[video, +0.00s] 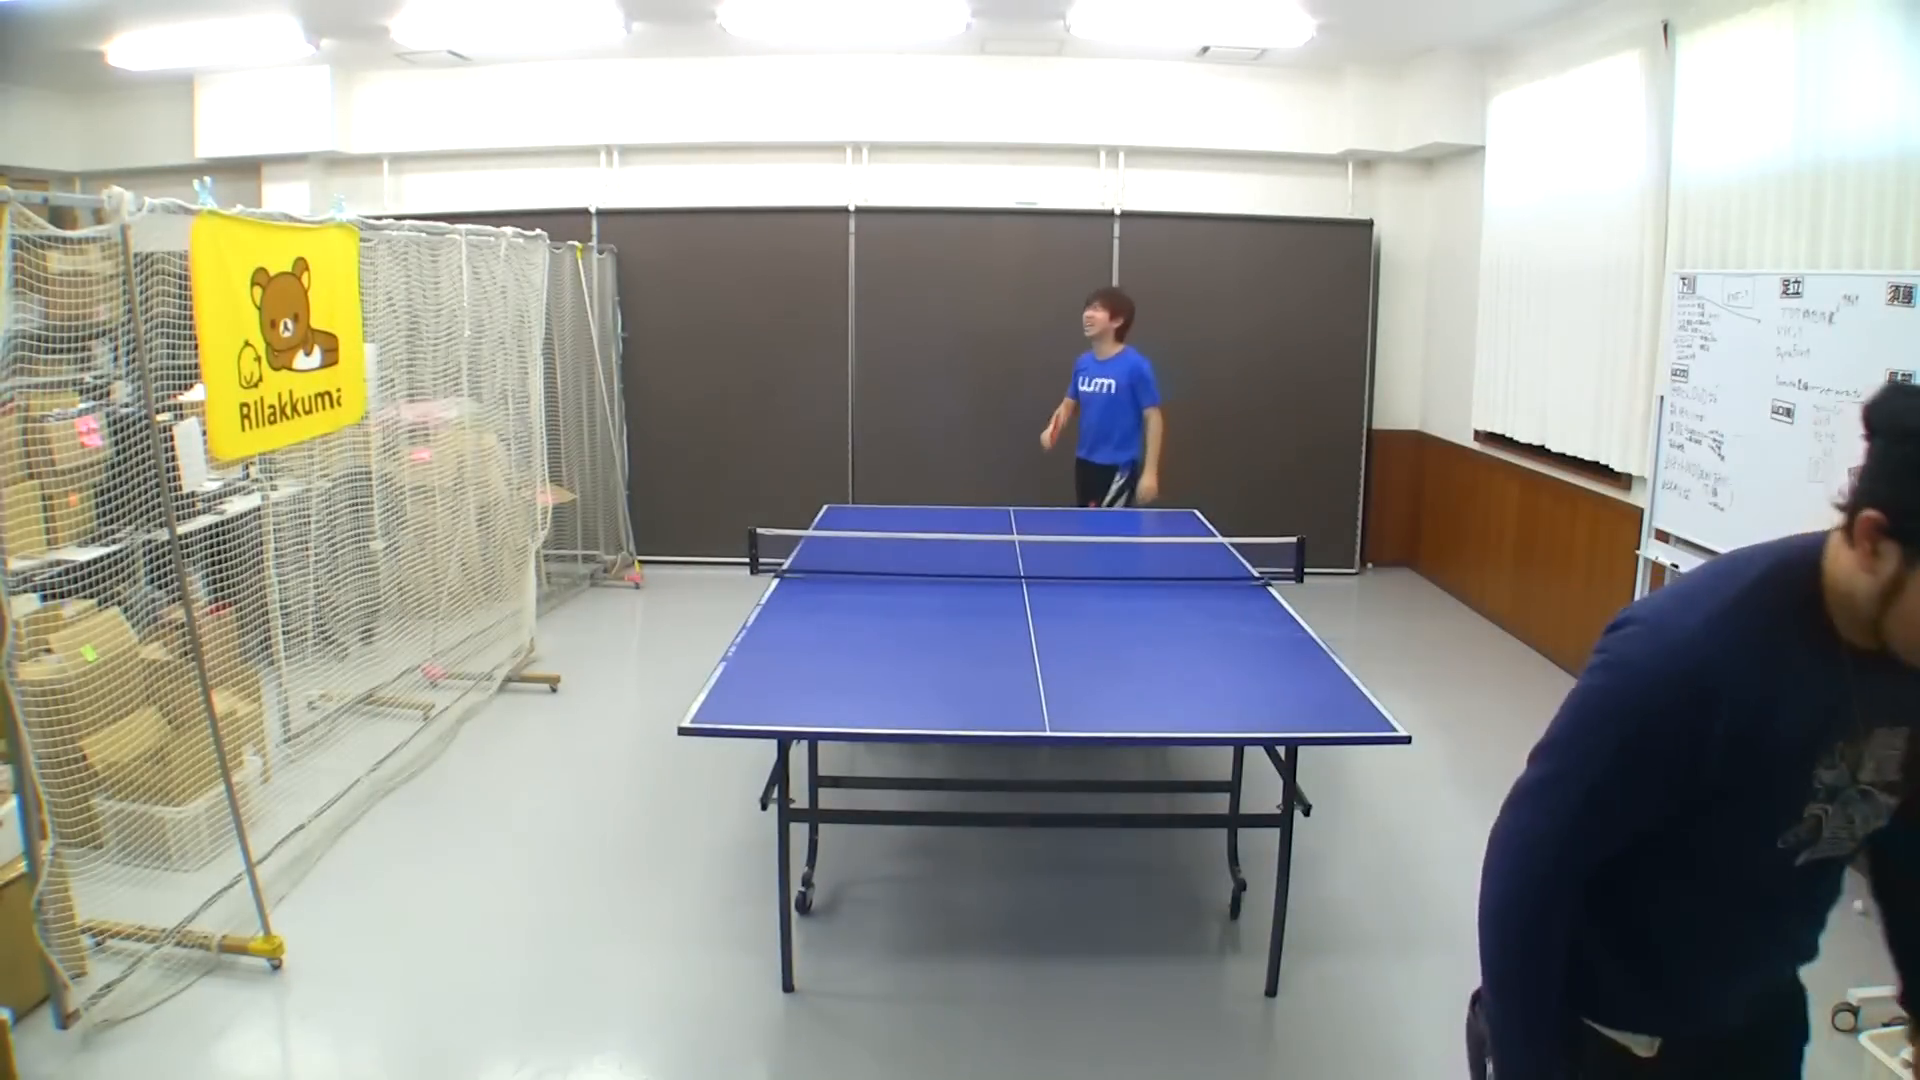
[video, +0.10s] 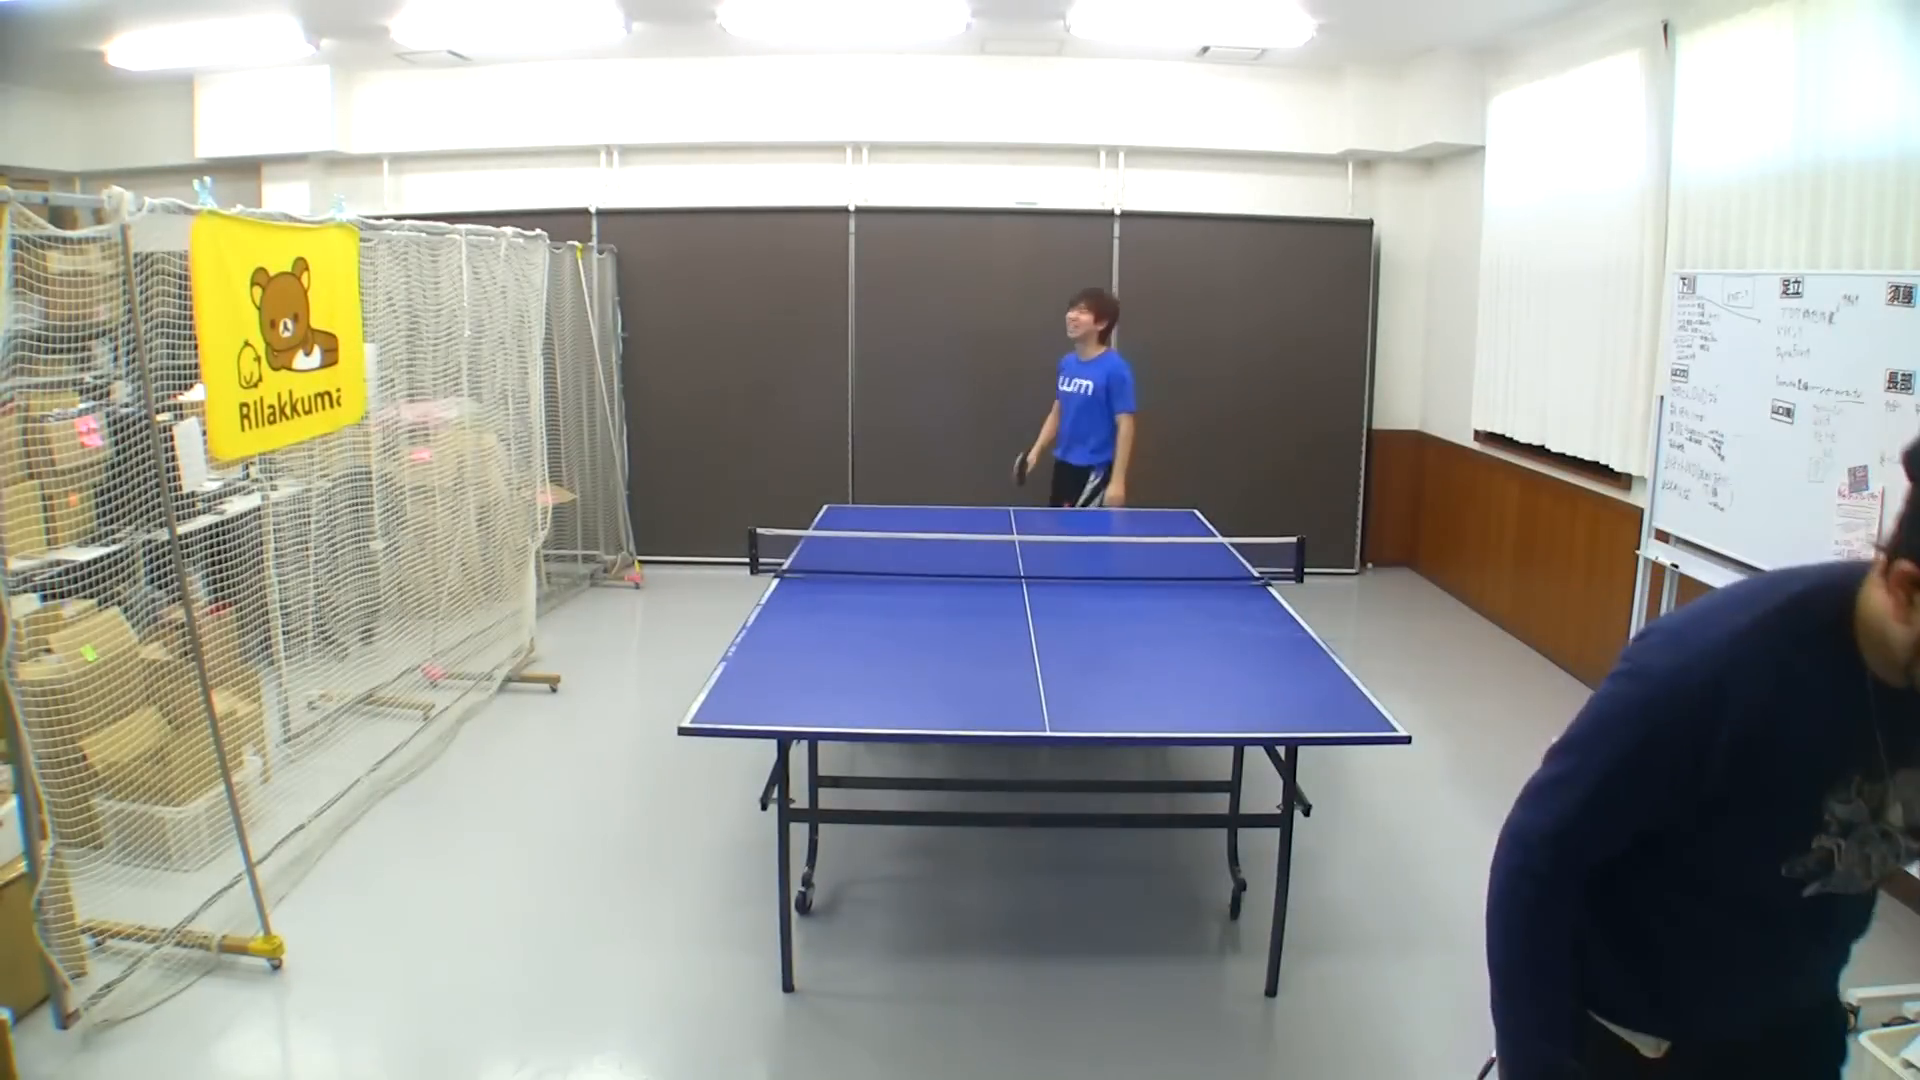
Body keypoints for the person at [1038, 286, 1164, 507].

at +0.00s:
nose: (1087, 315)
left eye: (1097, 309)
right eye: (1087, 308)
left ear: (1117, 320)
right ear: (1083, 314)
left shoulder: (1136, 366)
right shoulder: (1083, 363)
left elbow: (1153, 417)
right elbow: (1069, 402)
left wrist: (1150, 473)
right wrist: (1053, 429)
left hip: (1119, 463)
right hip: (1086, 460)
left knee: (1102, 531)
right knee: (1085, 529)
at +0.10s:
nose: (1072, 316)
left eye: (1083, 311)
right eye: (1071, 309)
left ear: (1102, 323)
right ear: (1066, 314)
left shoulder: (1115, 368)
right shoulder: (1066, 363)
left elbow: (1126, 424)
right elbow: (1057, 412)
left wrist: (1118, 480)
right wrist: (1035, 451)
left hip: (1095, 467)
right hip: (1063, 462)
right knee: (1056, 530)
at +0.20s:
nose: (1057, 316)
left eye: (1068, 311)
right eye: (1055, 307)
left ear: (1084, 322)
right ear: (1048, 311)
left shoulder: (1094, 362)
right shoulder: (1051, 359)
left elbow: (1097, 422)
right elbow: (1043, 413)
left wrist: (1083, 476)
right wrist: (1027, 466)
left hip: (1070, 468)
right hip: (1043, 462)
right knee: (1032, 533)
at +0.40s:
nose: (1017, 313)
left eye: (1027, 308)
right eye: (1014, 305)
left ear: (1045, 316)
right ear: (1006, 309)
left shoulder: (1054, 356)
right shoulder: (1014, 354)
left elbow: (1059, 414)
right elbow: (1016, 406)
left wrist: (1017, 458)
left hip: (1039, 465)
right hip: (1005, 458)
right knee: (983, 531)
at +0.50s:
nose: (992, 319)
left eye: (1003, 314)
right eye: (989, 311)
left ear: (1021, 323)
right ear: (983, 315)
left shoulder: (1032, 361)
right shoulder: (989, 360)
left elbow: (1040, 418)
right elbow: (992, 411)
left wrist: (995, 456)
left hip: (1017, 471)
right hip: (982, 467)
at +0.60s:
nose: (967, 325)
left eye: (977, 319)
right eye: (964, 317)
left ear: (995, 327)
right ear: (958, 320)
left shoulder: (1011, 365)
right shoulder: (964, 366)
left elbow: (1020, 423)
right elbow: (969, 417)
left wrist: (984, 465)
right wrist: (959, 461)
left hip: (996, 475)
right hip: (960, 469)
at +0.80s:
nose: (932, 335)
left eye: (938, 327)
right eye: (928, 328)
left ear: (959, 320)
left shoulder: (992, 358)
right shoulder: (946, 359)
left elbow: (1004, 417)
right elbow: (940, 410)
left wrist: (989, 468)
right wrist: (904, 445)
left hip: (972, 468)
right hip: (941, 462)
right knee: (928, 530)